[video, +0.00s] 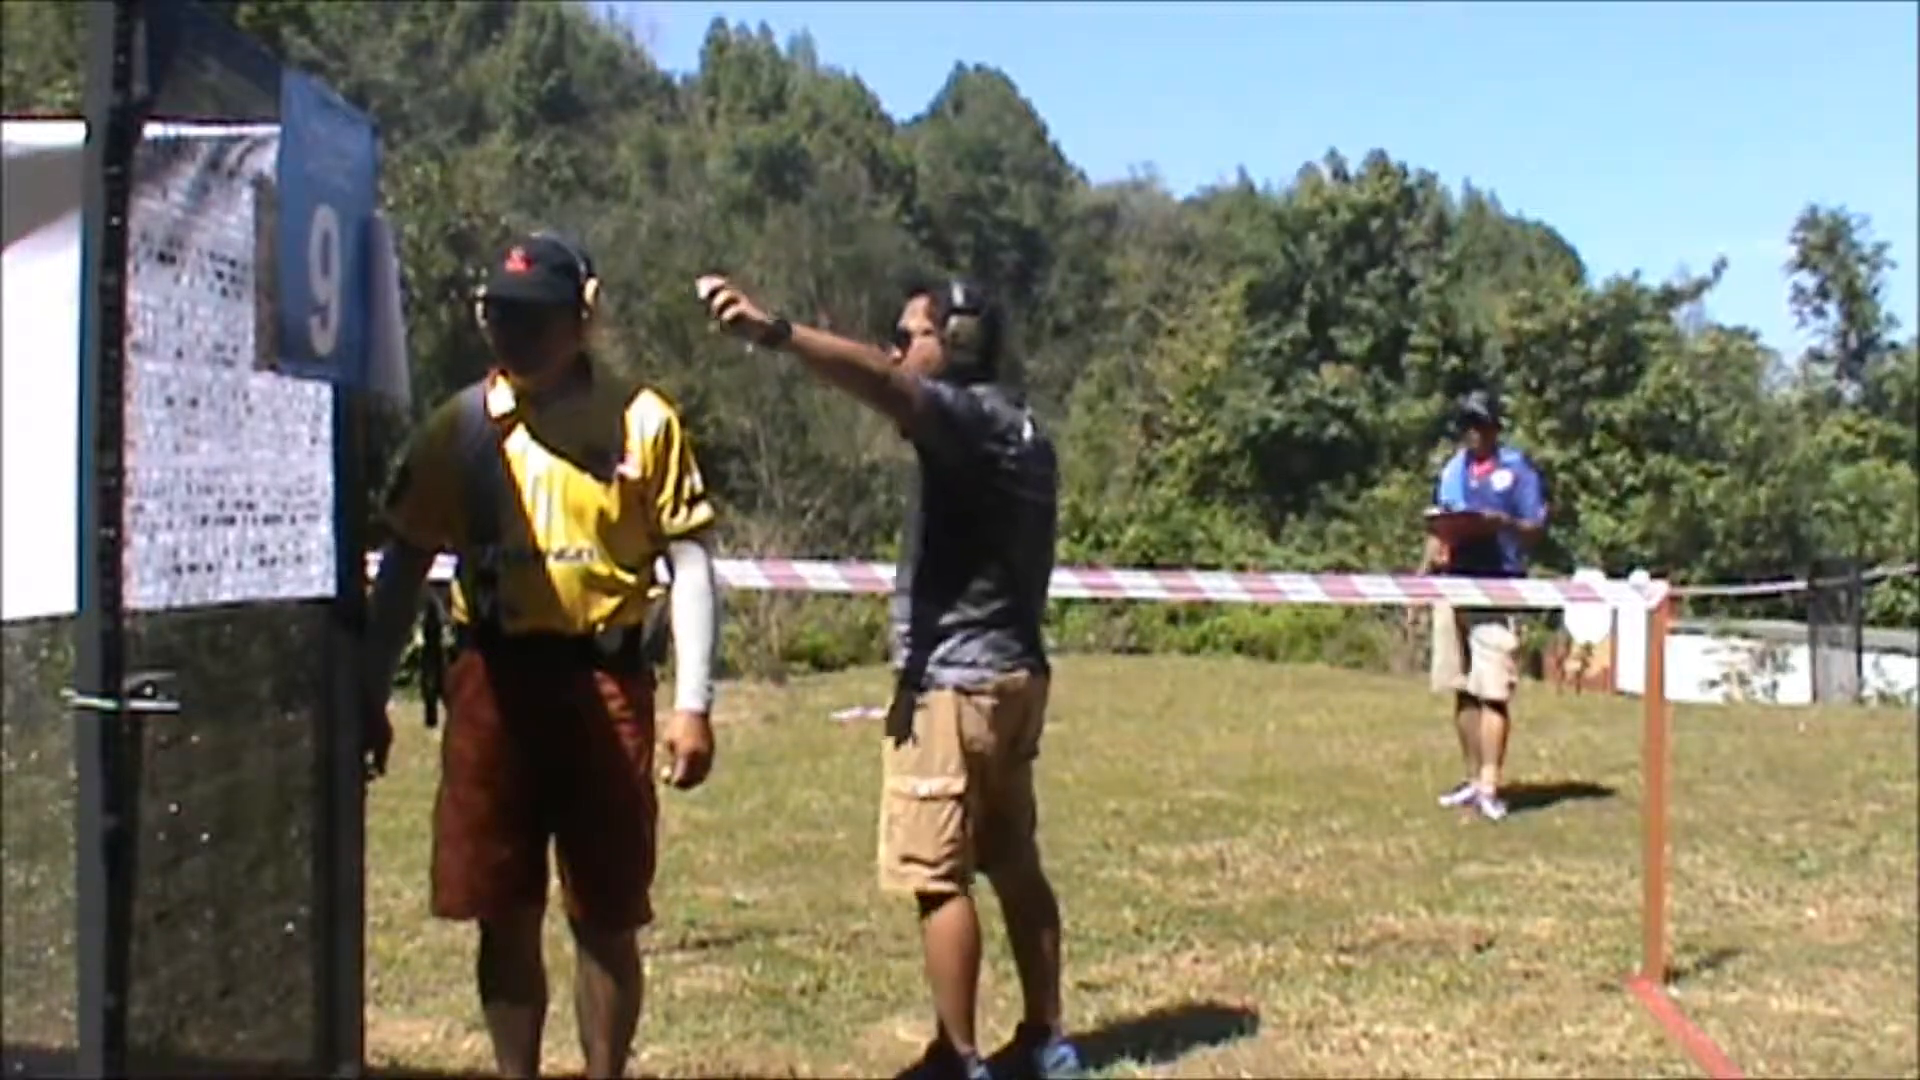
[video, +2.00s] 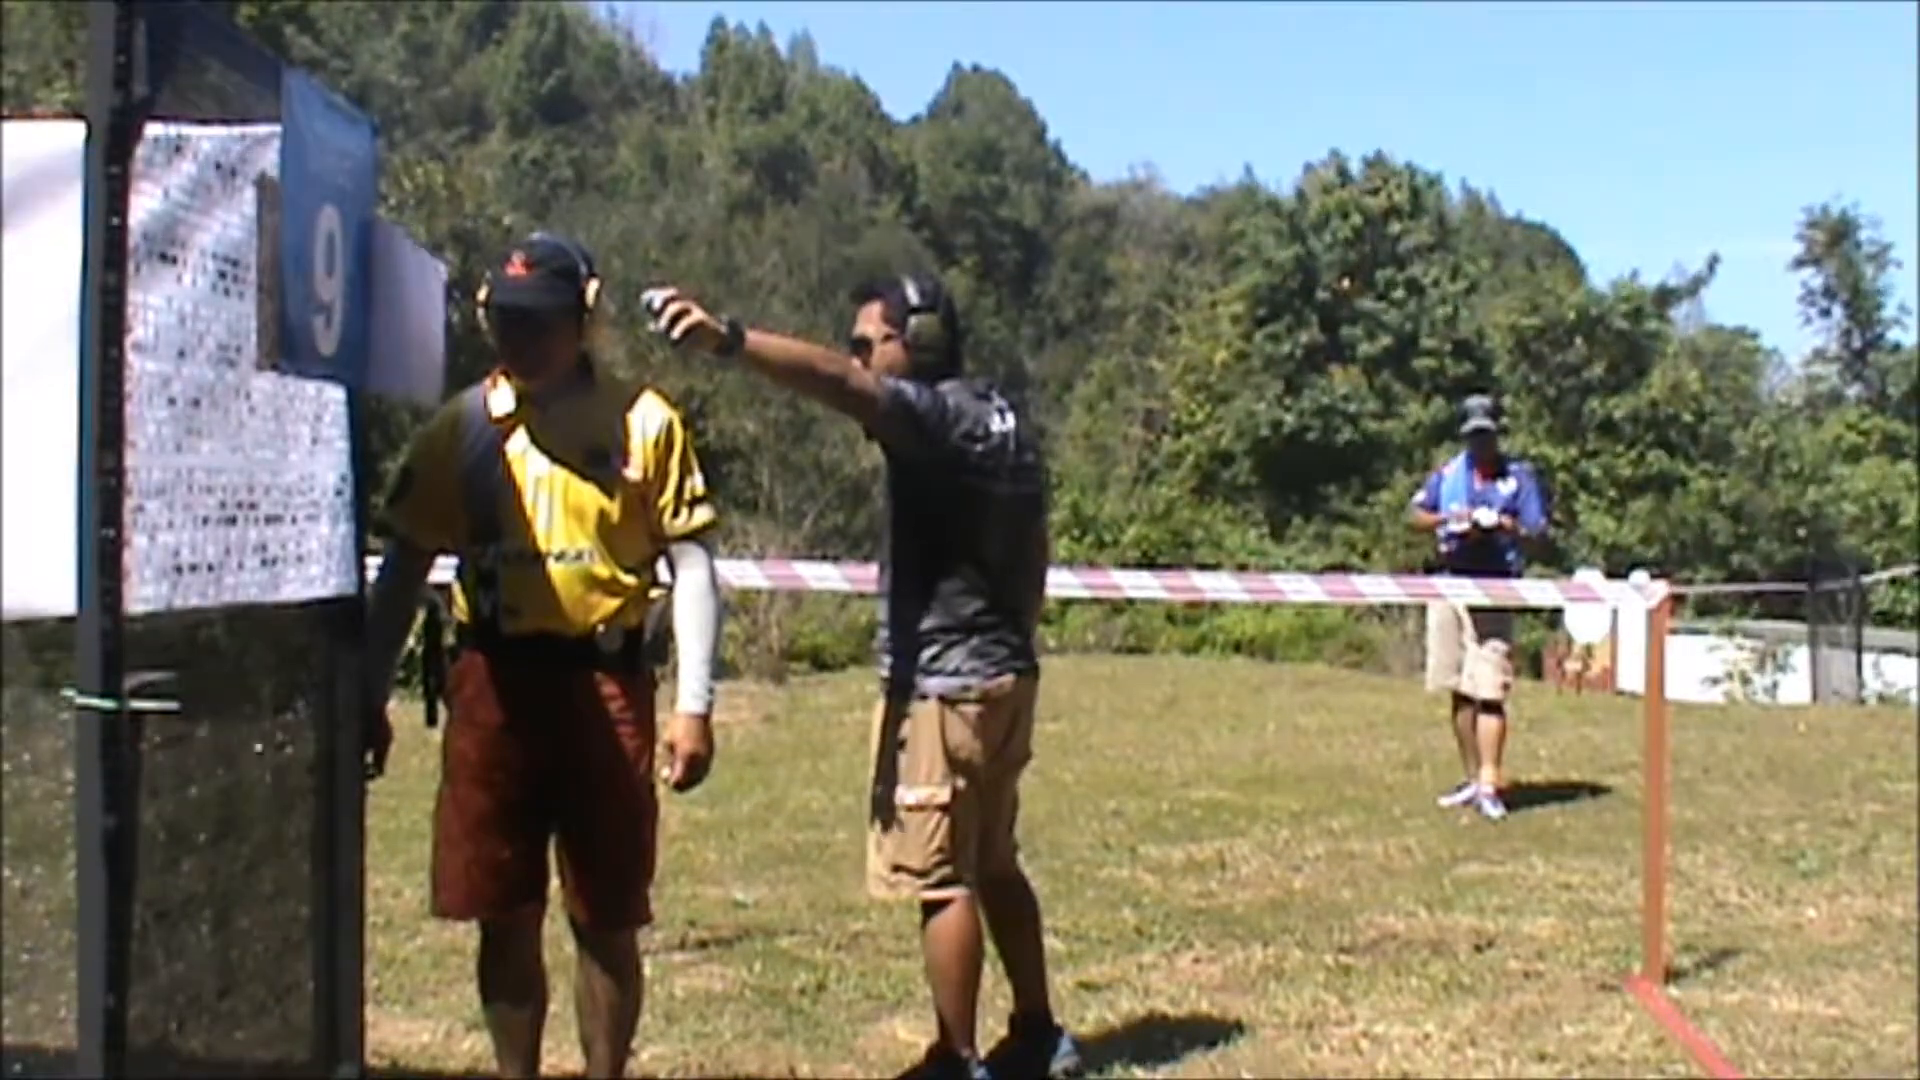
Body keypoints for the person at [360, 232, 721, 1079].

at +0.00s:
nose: (511, 333)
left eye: (533, 317)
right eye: (502, 314)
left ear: (583, 321)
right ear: (487, 314)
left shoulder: (643, 423)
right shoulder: (463, 425)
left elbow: (690, 562)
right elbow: (404, 565)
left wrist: (693, 700)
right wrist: (370, 696)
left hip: (605, 693)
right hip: (495, 694)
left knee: (606, 923)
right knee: (503, 916)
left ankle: (606, 1072)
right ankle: (517, 1072)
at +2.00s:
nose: (516, 339)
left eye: (536, 324)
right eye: (505, 321)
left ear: (583, 326)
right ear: (490, 320)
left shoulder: (645, 424)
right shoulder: (465, 426)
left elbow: (692, 564)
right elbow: (405, 565)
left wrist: (694, 701)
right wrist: (370, 694)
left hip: (605, 694)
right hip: (495, 694)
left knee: (606, 925)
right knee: (503, 917)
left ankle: (606, 1072)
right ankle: (517, 1072)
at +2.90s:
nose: (580, 433)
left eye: (595, 416)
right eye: (562, 416)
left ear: (624, 394)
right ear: (531, 394)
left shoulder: (671, 461)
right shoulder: (490, 432)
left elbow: (752, 583)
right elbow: (425, 475)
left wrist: (813, 718)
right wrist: (436, 583)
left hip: (645, 702)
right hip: (526, 698)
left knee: (724, 898)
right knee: (493, 922)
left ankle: (719, 1061)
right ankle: (509, 1072)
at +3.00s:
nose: (594, 453)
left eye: (610, 435)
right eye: (575, 437)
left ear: (638, 411)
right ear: (545, 413)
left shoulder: (685, 481)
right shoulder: (495, 455)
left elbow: (766, 594)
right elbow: (455, 522)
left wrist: (818, 723)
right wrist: (479, 649)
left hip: (664, 714)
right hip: (541, 712)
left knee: (757, 909)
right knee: (491, 928)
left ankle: (789, 1048)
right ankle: (503, 1071)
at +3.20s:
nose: (704, 512)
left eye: (712, 491)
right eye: (682, 500)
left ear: (726, 467)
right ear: (638, 485)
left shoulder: (772, 547)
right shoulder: (581, 514)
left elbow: (843, 644)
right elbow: (531, 551)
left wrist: (916, 759)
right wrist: (552, 665)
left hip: (736, 769)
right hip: (613, 763)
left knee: (850, 946)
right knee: (538, 957)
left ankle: (916, 1070)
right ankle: (525, 1071)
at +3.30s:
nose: (811, 500)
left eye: (826, 481)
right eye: (789, 483)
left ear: (848, 464)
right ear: (748, 466)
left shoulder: (885, 552)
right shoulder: (693, 502)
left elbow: (975, 646)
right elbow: (617, 522)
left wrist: (1063, 756)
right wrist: (635, 637)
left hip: (815, 780)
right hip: (690, 763)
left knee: (909, 951)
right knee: (583, 948)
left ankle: (927, 1072)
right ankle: (537, 1070)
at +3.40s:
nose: (863, 450)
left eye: (883, 432)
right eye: (848, 432)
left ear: (924, 430)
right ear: (830, 425)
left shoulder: (975, 534)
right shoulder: (787, 475)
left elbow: (1068, 628)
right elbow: (710, 492)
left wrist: (1157, 742)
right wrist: (721, 599)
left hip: (890, 763)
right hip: (769, 740)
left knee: (946, 961)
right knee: (648, 936)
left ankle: (954, 1076)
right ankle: (562, 1066)